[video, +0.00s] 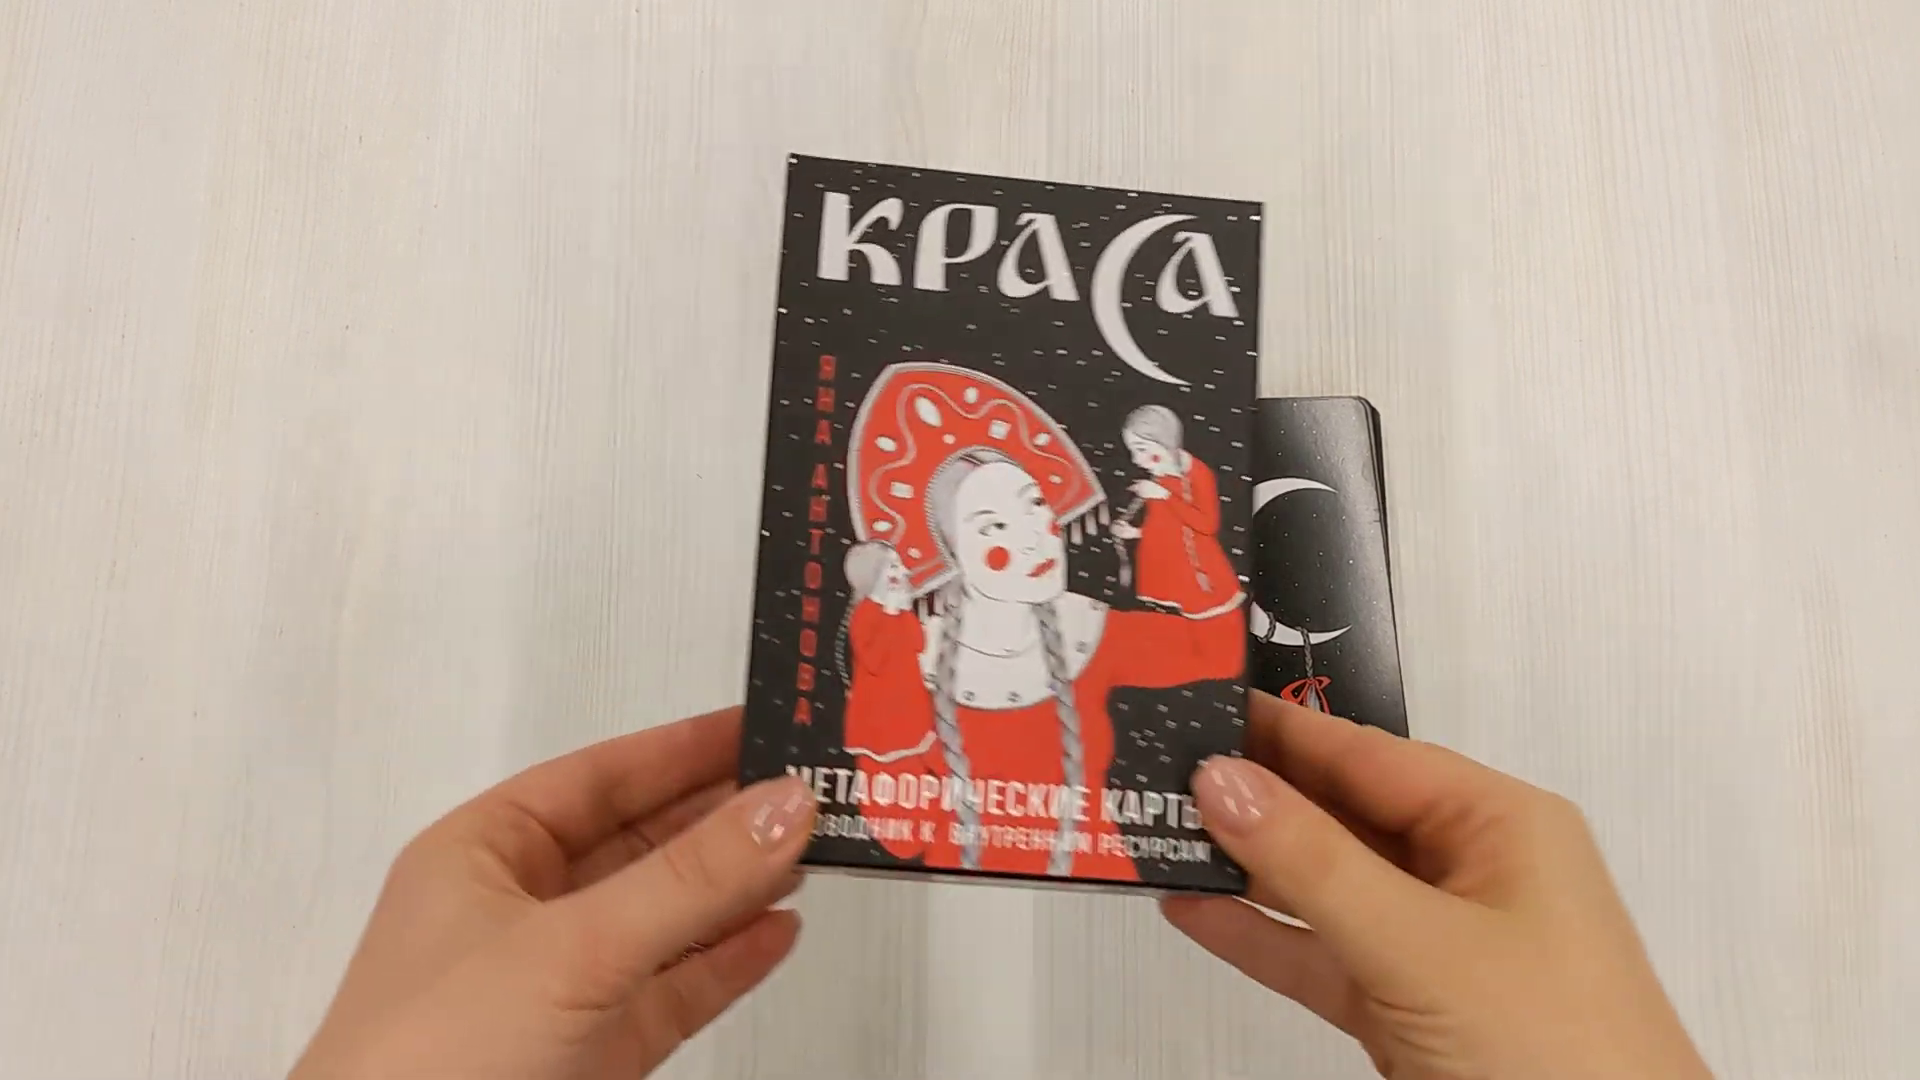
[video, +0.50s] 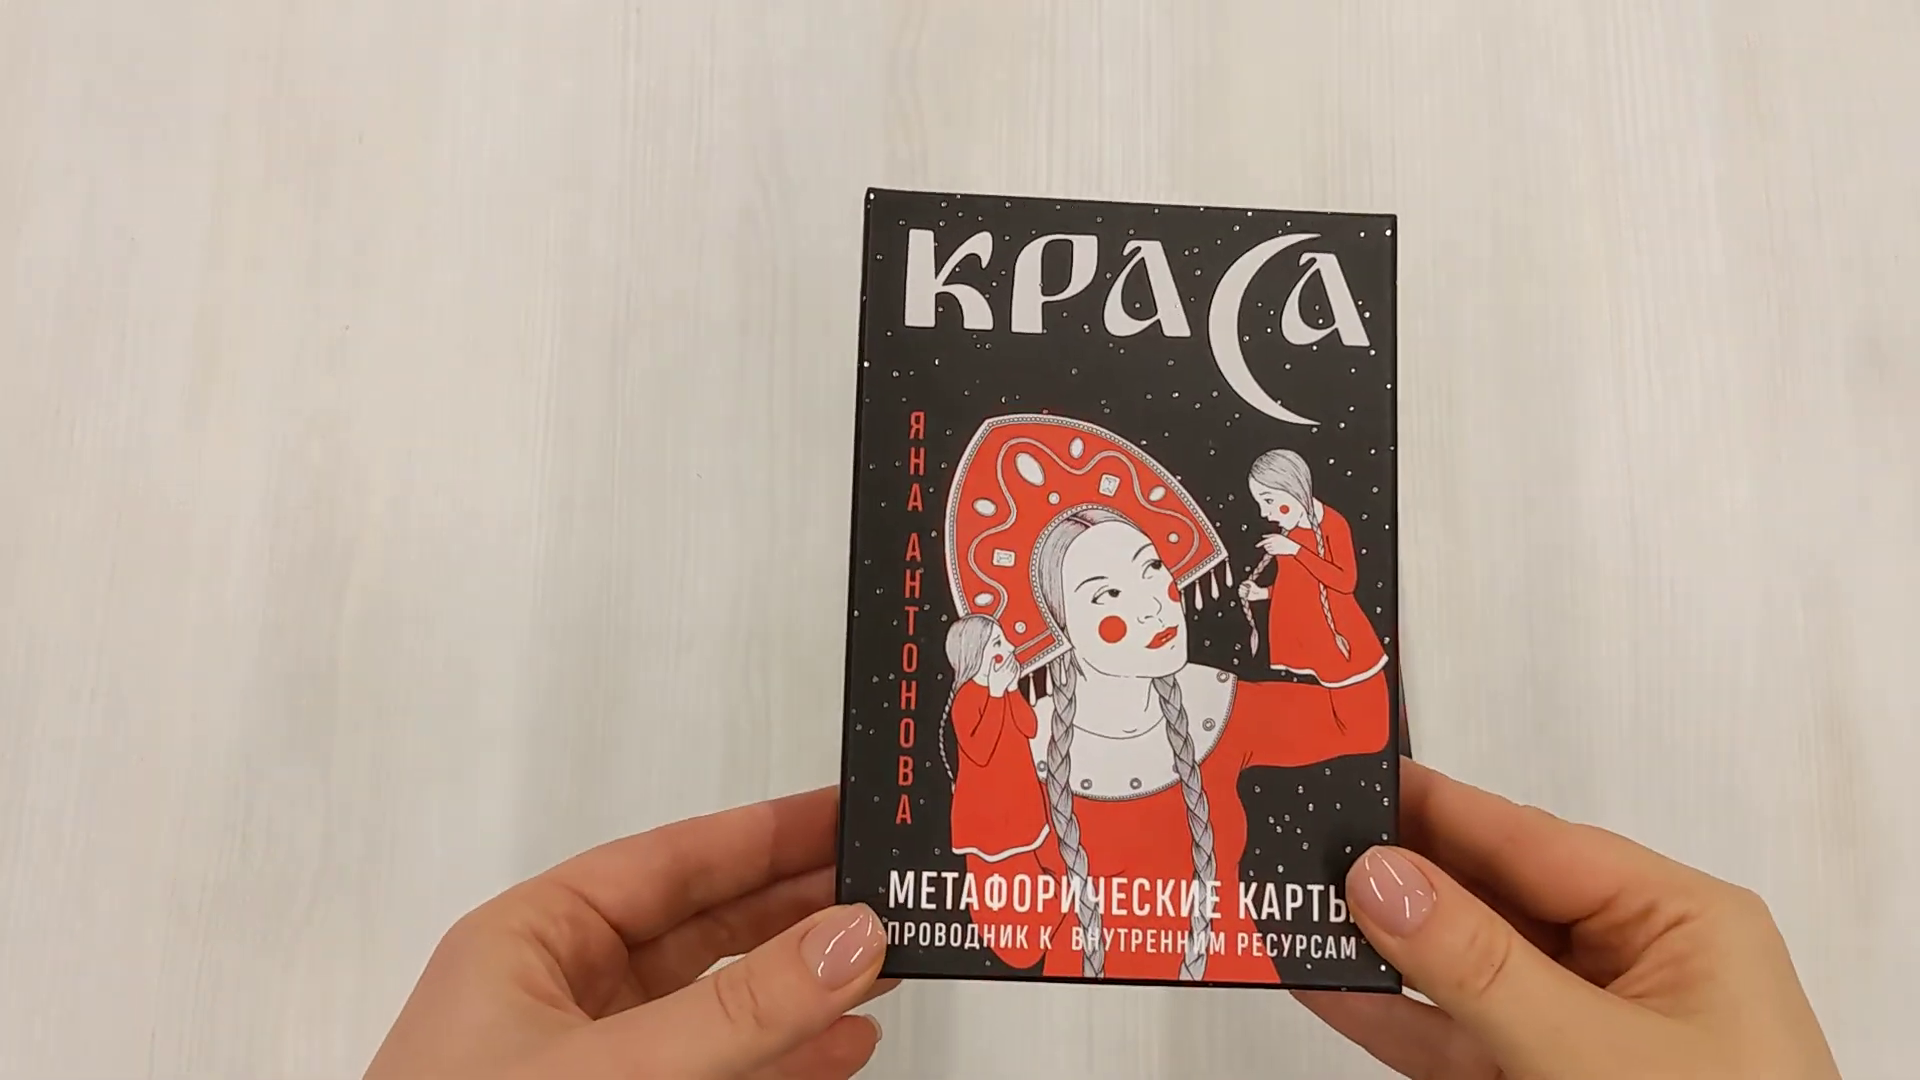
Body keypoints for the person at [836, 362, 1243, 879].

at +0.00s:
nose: (1036, 537)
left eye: (1035, 507)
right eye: (991, 527)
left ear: (1055, 517)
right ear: (955, 556)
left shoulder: (1082, 633)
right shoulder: (913, 655)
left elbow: (1216, 645)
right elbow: (903, 834)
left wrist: (1171, 506)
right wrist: (885, 630)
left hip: (1085, 894)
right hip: (955, 899)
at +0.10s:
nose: (1101, 570)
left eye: (1099, 538)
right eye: (1054, 560)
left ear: (1120, 548)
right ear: (1016, 590)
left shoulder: (1148, 669)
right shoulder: (973, 689)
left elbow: (1288, 683)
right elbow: (964, 883)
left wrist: (1248, 532)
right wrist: (944, 671)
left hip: (1153, 945)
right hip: (1017, 952)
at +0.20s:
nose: (1136, 594)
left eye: (1133, 561)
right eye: (1089, 585)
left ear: (1153, 567)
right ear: (1051, 618)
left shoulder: (1186, 694)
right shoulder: (1005, 718)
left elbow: (1330, 711)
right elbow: (995, 913)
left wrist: (1295, 578)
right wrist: (974, 719)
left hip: (1190, 971)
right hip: (1054, 981)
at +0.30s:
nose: (1149, 605)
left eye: (1145, 570)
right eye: (1100, 596)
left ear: (1164, 577)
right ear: (1061, 629)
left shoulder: (1204, 705)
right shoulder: (1019, 733)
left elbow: (1349, 720)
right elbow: (1012, 933)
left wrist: (1308, 578)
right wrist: (987, 722)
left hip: (1214, 994)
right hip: (1073, 1001)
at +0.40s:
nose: (1153, 607)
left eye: (1148, 572)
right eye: (1104, 600)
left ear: (1169, 578)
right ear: (1066, 633)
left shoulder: (1212, 709)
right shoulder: (1024, 740)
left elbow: (1357, 721)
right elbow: (1017, 941)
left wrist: (1312, 573)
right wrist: (993, 720)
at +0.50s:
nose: (1155, 603)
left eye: (1150, 568)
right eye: (1105, 596)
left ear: (1170, 574)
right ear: (1066, 631)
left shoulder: (1214, 706)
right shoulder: (1025, 737)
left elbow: (1360, 720)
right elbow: (1018, 942)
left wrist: (1313, 577)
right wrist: (992, 720)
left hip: (1226, 1001)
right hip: (1084, 1009)